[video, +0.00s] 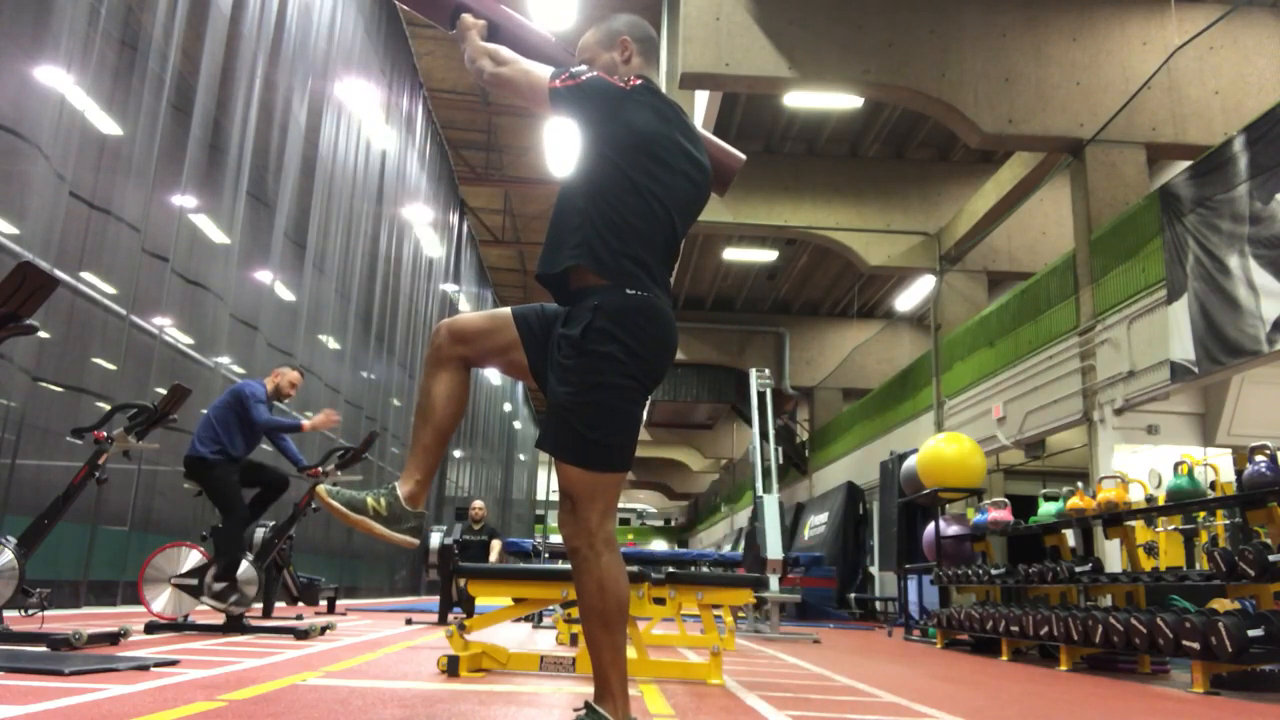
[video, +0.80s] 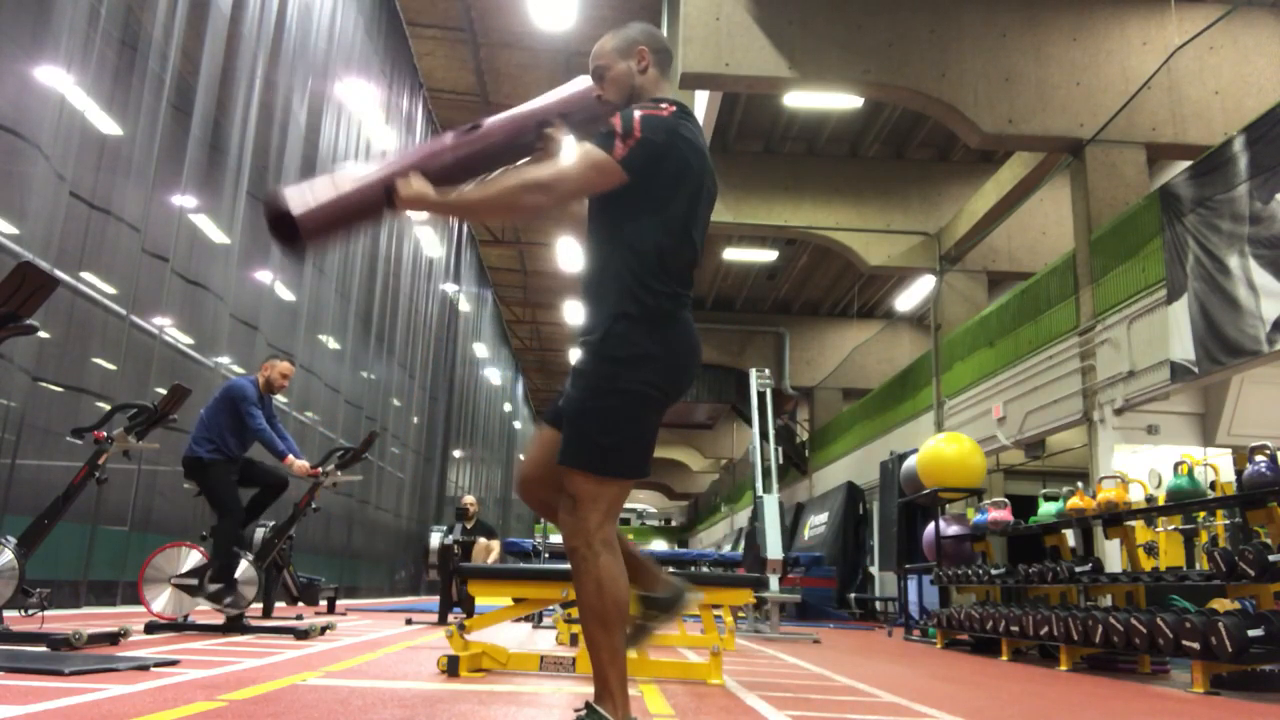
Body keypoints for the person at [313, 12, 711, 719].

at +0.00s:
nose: (583, 75)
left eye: (589, 65)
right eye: (585, 67)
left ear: (624, 57)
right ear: (645, 64)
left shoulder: (611, 98)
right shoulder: (694, 148)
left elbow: (489, 67)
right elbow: (734, 164)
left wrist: (471, 28)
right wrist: (677, 123)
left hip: (611, 324)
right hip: (598, 321)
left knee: (588, 529)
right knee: (453, 337)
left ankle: (613, 707)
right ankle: (409, 495)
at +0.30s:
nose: (582, 77)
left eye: (589, 66)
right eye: (584, 67)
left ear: (626, 54)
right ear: (642, 62)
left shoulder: (612, 98)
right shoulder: (695, 151)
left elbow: (494, 81)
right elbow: (734, 156)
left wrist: (463, 49)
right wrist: (677, 117)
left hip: (611, 324)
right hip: (599, 321)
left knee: (588, 530)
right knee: (453, 336)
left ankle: (612, 707)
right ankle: (415, 493)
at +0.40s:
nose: (583, 79)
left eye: (591, 66)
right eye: (583, 68)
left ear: (632, 56)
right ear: (644, 62)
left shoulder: (616, 103)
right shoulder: (696, 154)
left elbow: (494, 88)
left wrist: (447, 61)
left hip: (612, 324)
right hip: (605, 320)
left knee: (587, 531)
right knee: (459, 337)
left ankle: (613, 707)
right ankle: (432, 500)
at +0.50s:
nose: (591, 80)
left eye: (597, 67)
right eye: (589, 70)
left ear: (639, 56)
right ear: (648, 65)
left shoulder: (618, 107)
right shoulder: (698, 150)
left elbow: (488, 109)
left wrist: (426, 76)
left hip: (618, 329)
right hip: (599, 323)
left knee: (587, 530)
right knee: (463, 357)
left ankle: (613, 707)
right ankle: (469, 524)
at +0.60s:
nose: (595, 85)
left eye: (603, 71)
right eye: (594, 74)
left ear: (643, 60)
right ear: (652, 68)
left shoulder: (629, 114)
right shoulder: (697, 154)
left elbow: (504, 131)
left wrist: (425, 115)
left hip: (621, 334)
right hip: (612, 330)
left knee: (586, 530)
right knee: (472, 395)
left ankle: (614, 708)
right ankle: (523, 548)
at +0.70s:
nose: (596, 83)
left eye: (603, 69)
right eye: (594, 73)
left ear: (646, 60)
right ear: (650, 68)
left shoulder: (646, 122)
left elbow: (524, 160)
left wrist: (423, 157)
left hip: (626, 343)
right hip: (614, 339)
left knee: (588, 530)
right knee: (498, 444)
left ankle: (614, 709)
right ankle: (586, 553)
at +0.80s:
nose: (594, 86)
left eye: (602, 72)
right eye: (592, 76)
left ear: (645, 62)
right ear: (645, 68)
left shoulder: (654, 126)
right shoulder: (674, 138)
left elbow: (546, 186)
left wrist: (435, 201)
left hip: (637, 344)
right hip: (630, 341)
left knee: (587, 521)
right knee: (537, 481)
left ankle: (613, 708)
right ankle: (654, 586)